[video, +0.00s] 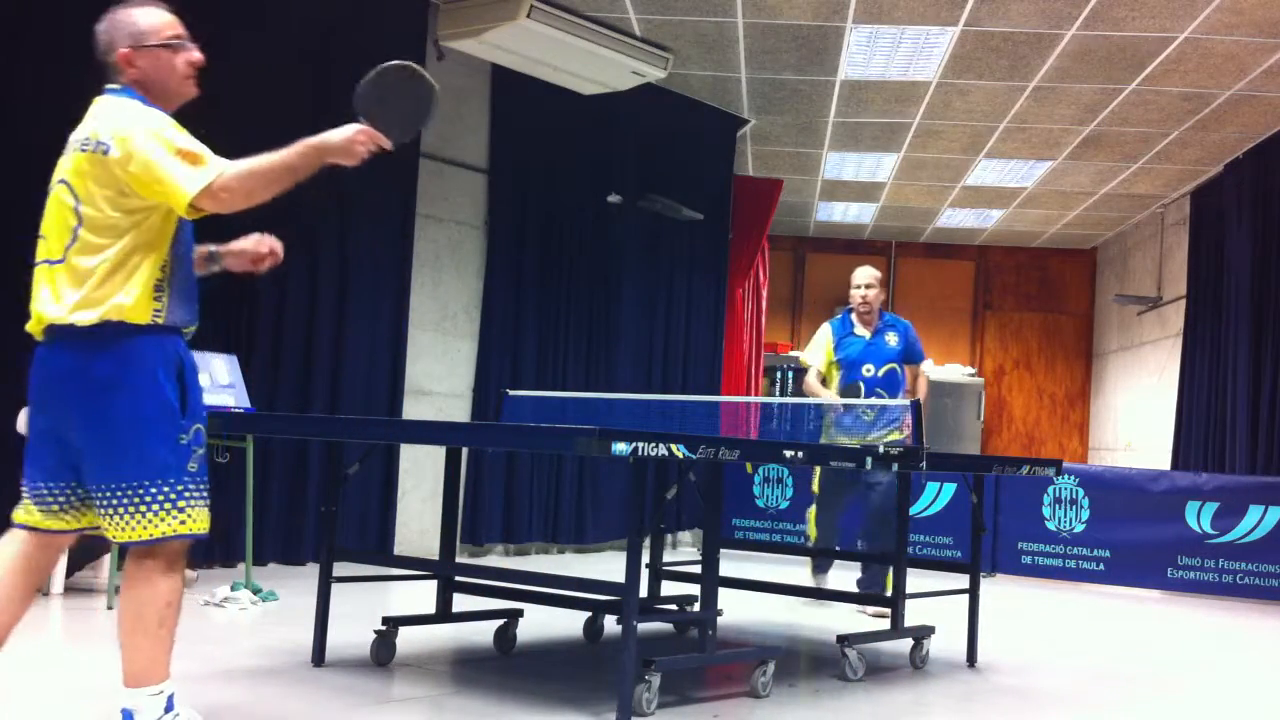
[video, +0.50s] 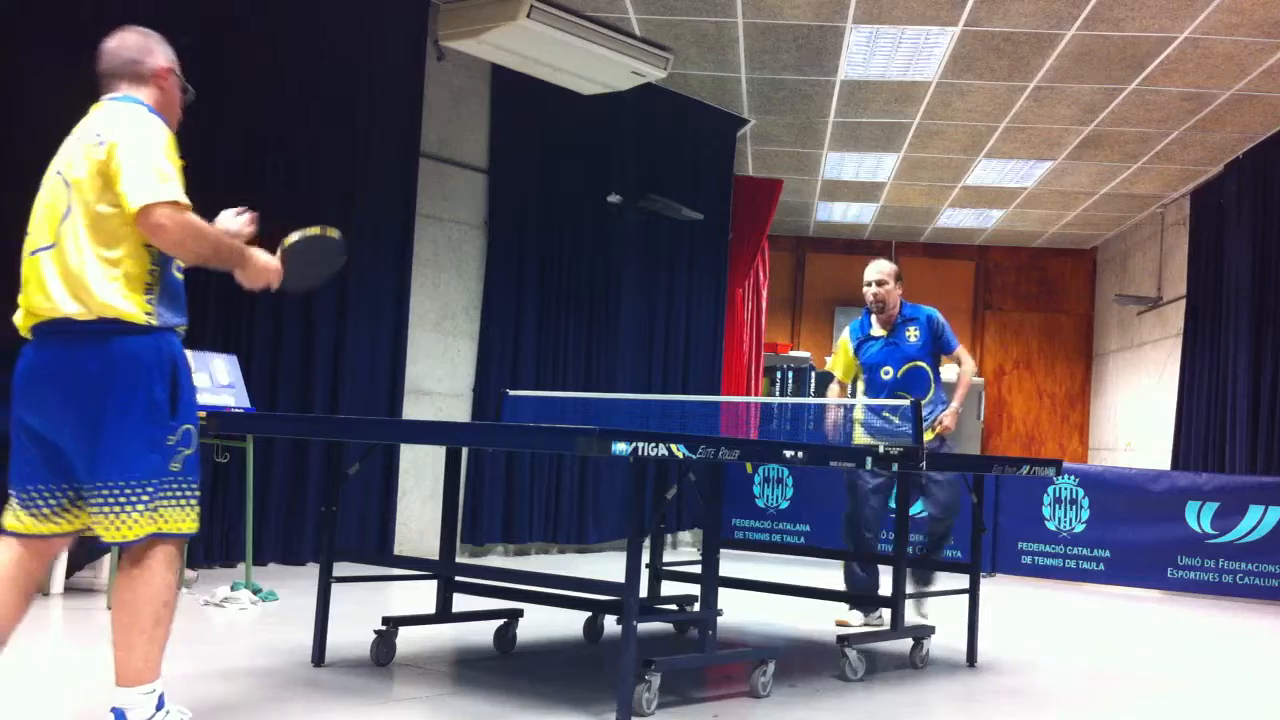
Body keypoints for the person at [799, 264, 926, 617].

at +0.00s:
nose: (862, 293)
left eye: (870, 287)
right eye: (857, 287)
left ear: (883, 292)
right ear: (849, 292)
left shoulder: (902, 330)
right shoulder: (831, 331)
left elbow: (918, 375)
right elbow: (809, 379)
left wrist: (915, 418)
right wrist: (830, 397)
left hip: (888, 441)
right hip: (840, 440)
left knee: (883, 514)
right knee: (829, 509)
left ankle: (872, 592)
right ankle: (820, 566)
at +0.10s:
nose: (867, 288)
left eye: (874, 282)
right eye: (861, 283)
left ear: (888, 287)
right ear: (854, 288)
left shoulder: (910, 324)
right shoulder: (839, 327)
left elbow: (930, 369)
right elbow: (817, 376)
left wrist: (927, 404)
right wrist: (824, 400)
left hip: (895, 438)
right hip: (849, 437)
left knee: (887, 517)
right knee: (841, 503)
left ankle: (873, 594)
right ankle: (830, 565)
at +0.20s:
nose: (868, 286)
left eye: (875, 279)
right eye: (863, 280)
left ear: (891, 284)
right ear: (857, 285)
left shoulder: (915, 321)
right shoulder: (844, 325)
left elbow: (944, 365)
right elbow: (824, 372)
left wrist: (934, 407)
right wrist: (824, 406)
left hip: (900, 438)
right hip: (853, 436)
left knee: (889, 515)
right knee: (853, 507)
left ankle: (875, 596)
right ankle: (844, 594)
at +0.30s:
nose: (869, 288)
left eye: (877, 281)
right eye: (864, 282)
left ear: (894, 285)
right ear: (858, 287)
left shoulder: (920, 321)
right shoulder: (846, 328)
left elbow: (953, 365)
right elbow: (829, 376)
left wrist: (941, 408)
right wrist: (824, 408)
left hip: (905, 439)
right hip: (859, 438)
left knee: (895, 517)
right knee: (864, 513)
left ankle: (880, 601)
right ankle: (859, 602)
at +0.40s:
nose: (870, 291)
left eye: (878, 284)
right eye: (865, 285)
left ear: (895, 289)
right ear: (859, 291)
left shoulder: (923, 323)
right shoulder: (849, 332)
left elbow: (957, 368)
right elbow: (833, 380)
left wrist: (945, 414)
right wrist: (824, 409)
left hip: (912, 444)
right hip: (863, 444)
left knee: (917, 524)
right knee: (860, 524)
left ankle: (889, 595)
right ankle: (866, 607)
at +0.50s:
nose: (873, 291)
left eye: (881, 283)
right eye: (867, 284)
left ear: (899, 287)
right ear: (862, 289)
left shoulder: (928, 320)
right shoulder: (854, 333)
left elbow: (967, 364)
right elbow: (838, 383)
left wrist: (954, 409)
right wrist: (833, 409)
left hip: (925, 441)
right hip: (872, 443)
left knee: (948, 503)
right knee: (862, 520)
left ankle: (922, 572)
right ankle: (865, 606)